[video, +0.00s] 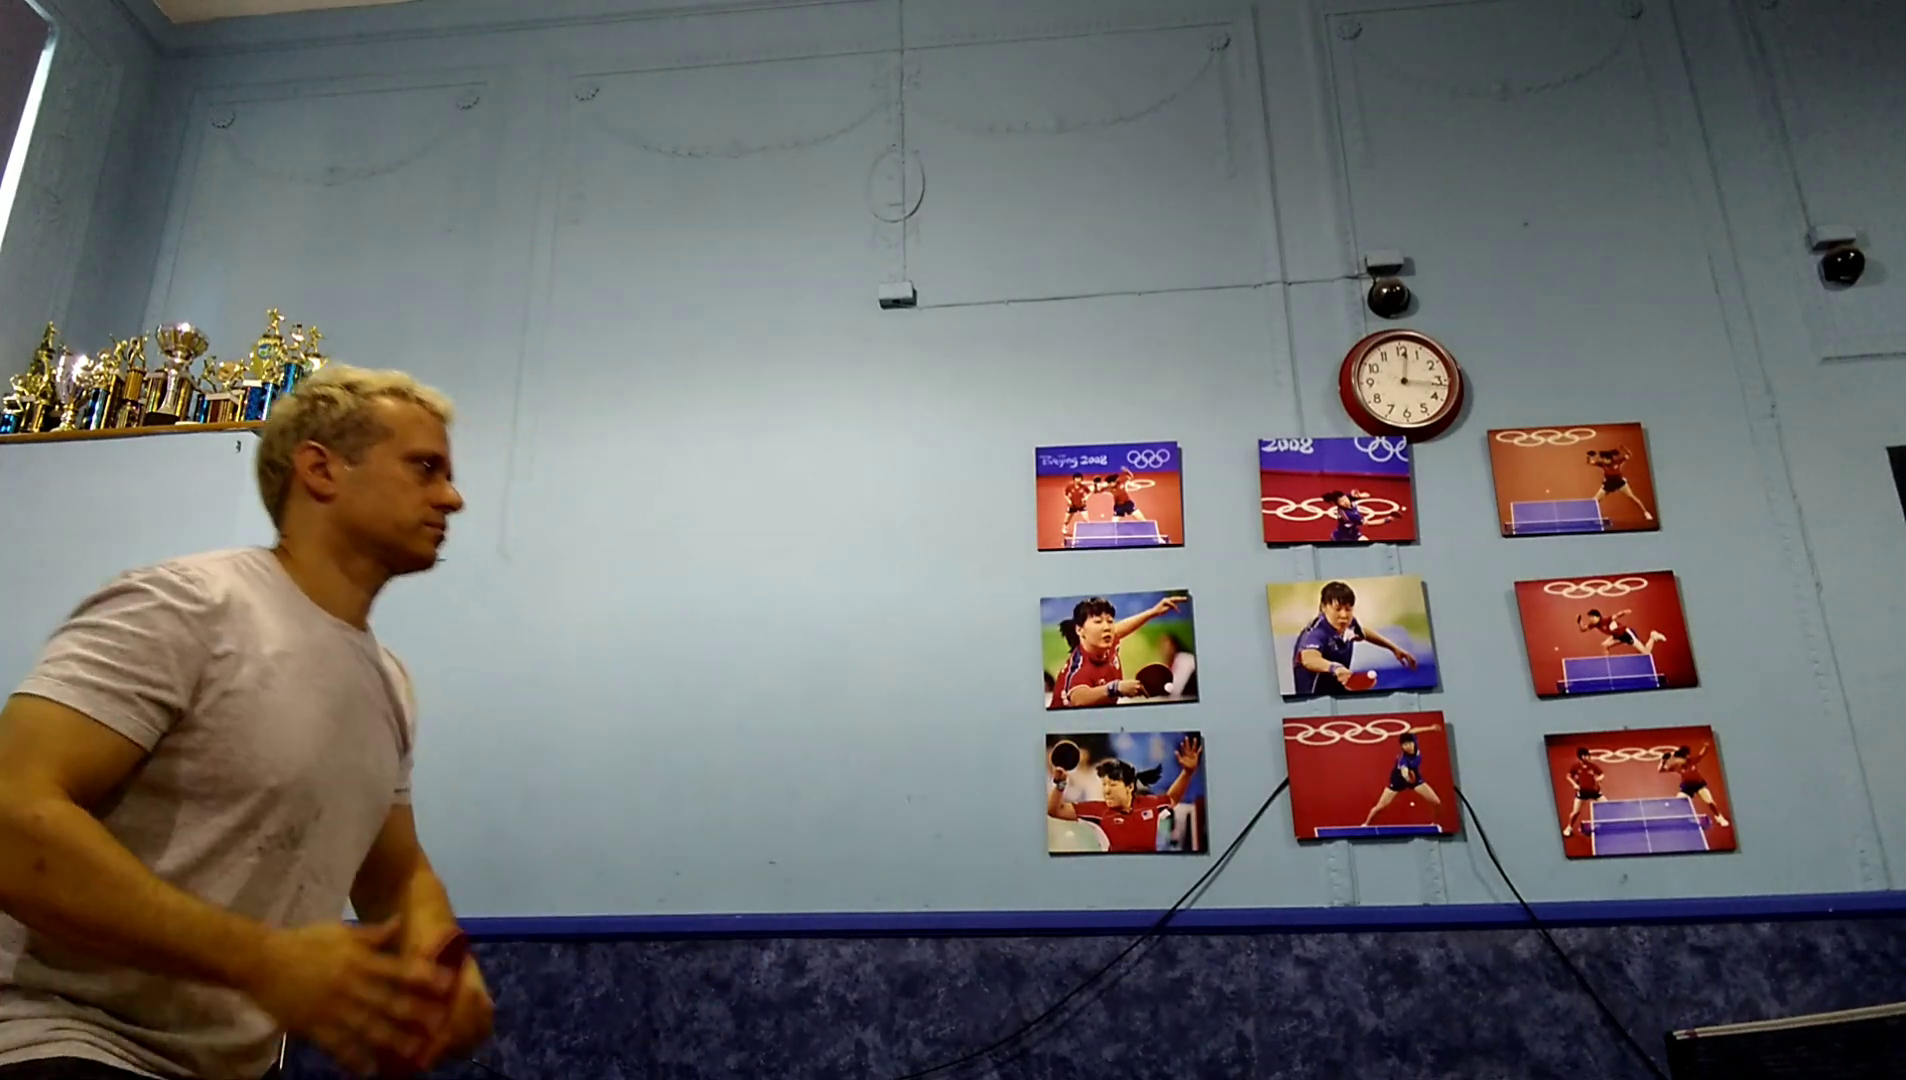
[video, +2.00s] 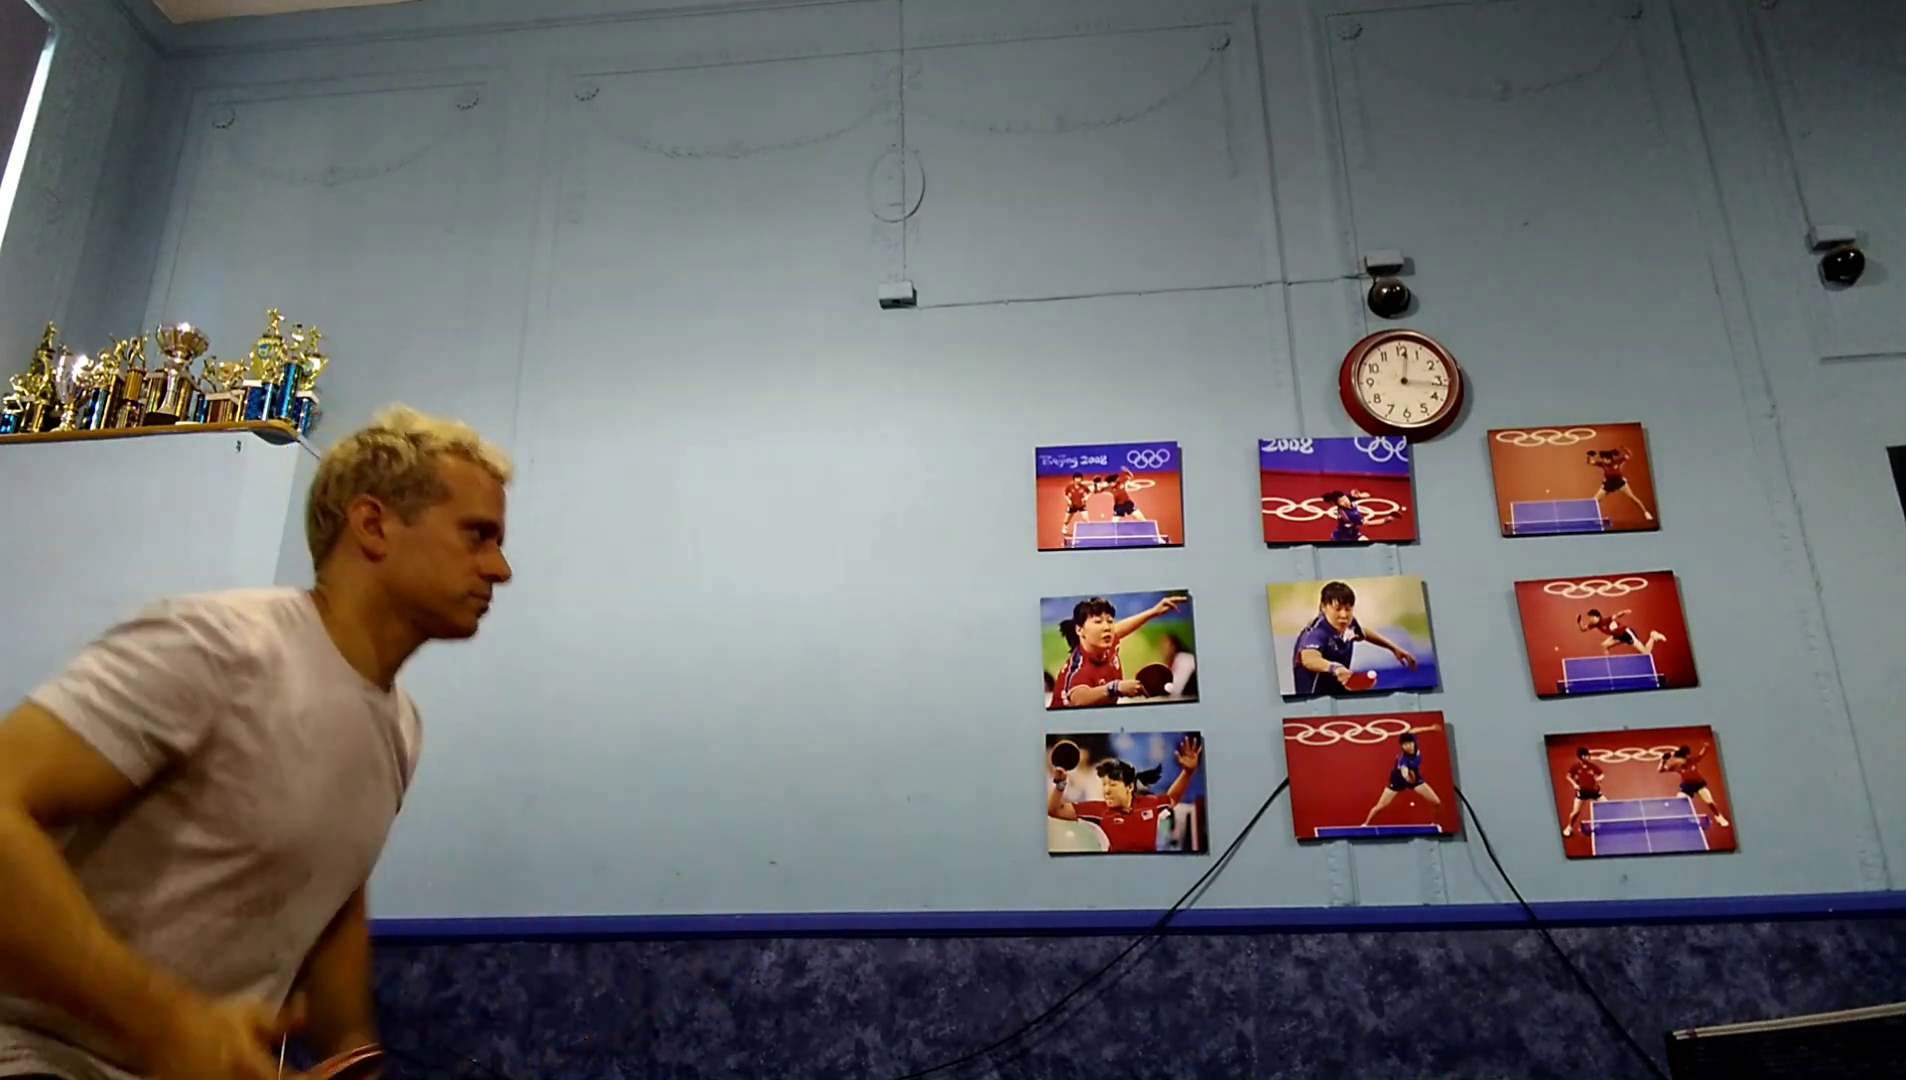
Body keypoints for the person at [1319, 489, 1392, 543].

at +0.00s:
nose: (1345, 502)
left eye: (1344, 499)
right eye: (1341, 502)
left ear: (1347, 497)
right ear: (1338, 505)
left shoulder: (1349, 499)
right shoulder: (1349, 515)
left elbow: (1368, 495)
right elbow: (1366, 523)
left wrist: (1360, 495)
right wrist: (1384, 520)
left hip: (1355, 535)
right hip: (1342, 538)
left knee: (1370, 547)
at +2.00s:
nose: (1344, 502)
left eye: (1344, 499)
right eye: (1341, 502)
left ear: (1346, 497)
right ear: (1338, 505)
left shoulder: (1350, 500)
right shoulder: (1349, 515)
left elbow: (1367, 496)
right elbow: (1367, 523)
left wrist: (1360, 495)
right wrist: (1385, 520)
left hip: (1356, 536)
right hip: (1342, 538)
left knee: (1370, 547)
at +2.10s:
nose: (1344, 502)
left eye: (1344, 499)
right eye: (1341, 502)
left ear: (1346, 497)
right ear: (1338, 505)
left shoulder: (1350, 499)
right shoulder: (1349, 515)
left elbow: (1367, 496)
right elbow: (1367, 523)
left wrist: (1360, 495)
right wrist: (1385, 520)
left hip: (1356, 536)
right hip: (1342, 538)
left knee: (1370, 547)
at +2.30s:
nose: (1344, 502)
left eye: (1344, 499)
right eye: (1341, 502)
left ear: (1346, 497)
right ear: (1338, 505)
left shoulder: (1350, 499)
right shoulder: (1349, 515)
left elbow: (1367, 496)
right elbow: (1367, 523)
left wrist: (1360, 495)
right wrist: (1385, 520)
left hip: (1356, 536)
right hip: (1342, 537)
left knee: (1370, 547)